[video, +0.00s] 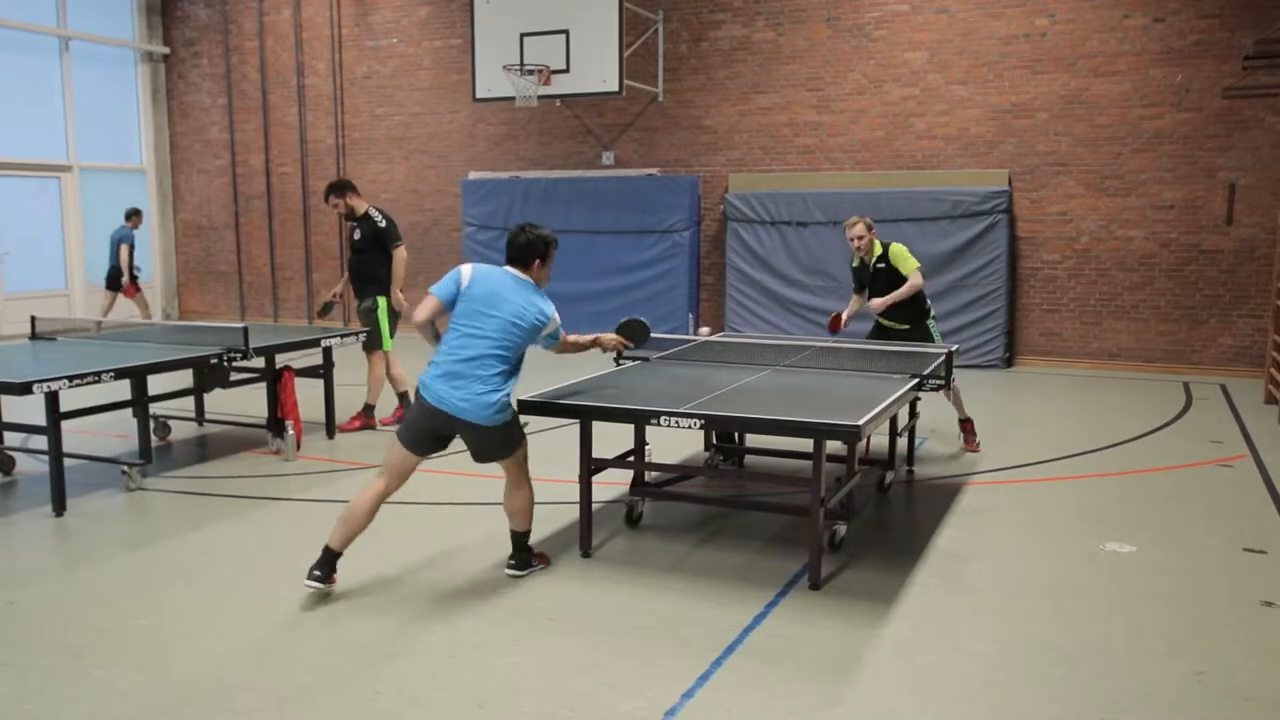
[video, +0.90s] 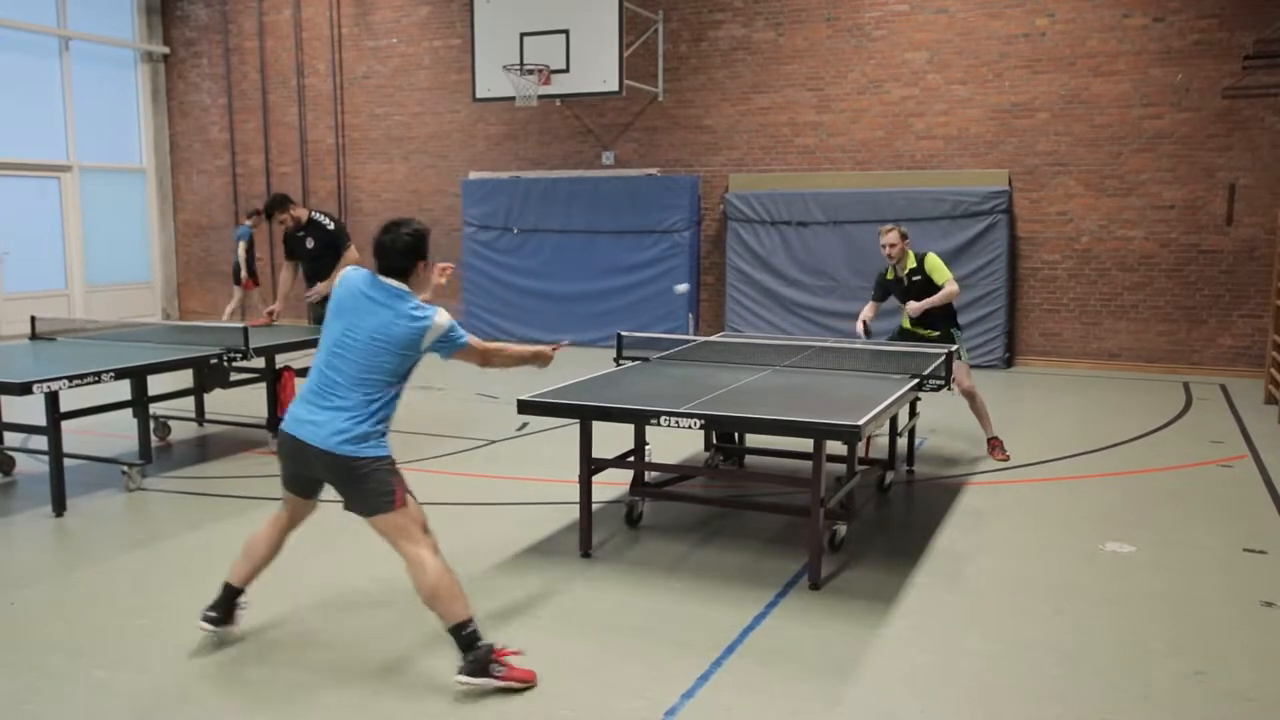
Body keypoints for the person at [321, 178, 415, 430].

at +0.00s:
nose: (337, 212)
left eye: (336, 205)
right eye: (334, 208)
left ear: (349, 196)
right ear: (345, 200)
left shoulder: (379, 219)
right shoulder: (355, 224)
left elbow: (400, 253)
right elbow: (357, 261)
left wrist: (395, 290)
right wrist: (342, 285)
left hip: (380, 296)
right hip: (366, 297)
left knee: (375, 353)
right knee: (384, 353)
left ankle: (368, 412)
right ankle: (407, 404)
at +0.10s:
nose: (329, 214)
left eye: (330, 208)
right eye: (326, 210)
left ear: (343, 199)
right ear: (338, 203)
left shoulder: (371, 220)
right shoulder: (347, 224)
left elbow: (396, 252)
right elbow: (353, 261)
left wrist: (390, 289)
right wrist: (337, 285)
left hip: (373, 297)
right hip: (357, 297)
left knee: (372, 353)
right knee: (359, 351)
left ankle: (368, 413)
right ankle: (397, 398)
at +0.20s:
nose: (323, 216)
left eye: (323, 210)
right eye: (319, 212)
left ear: (336, 201)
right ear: (330, 205)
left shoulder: (361, 218)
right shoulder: (340, 224)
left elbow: (392, 247)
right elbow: (345, 258)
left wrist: (382, 283)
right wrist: (333, 284)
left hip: (368, 297)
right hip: (350, 298)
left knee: (369, 352)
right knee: (344, 347)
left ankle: (368, 412)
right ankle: (380, 394)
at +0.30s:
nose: (316, 216)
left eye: (316, 210)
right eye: (312, 212)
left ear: (328, 201)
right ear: (321, 205)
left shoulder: (354, 218)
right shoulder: (332, 223)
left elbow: (387, 239)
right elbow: (339, 256)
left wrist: (376, 274)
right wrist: (329, 282)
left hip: (362, 295)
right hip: (344, 296)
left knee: (365, 352)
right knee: (337, 347)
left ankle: (368, 412)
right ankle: (355, 400)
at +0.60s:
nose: (293, 215)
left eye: (294, 208)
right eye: (289, 211)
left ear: (307, 200)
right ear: (292, 208)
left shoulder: (333, 218)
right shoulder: (306, 227)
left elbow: (368, 240)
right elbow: (310, 260)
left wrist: (362, 272)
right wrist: (299, 293)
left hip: (346, 292)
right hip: (325, 295)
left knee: (352, 351)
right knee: (329, 354)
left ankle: (364, 411)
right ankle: (327, 406)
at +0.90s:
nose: (283, 227)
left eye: (283, 222)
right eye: (280, 224)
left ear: (292, 209)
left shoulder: (328, 224)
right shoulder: (290, 235)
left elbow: (352, 256)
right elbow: (289, 267)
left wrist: (328, 285)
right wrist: (279, 303)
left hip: (341, 296)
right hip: (316, 299)